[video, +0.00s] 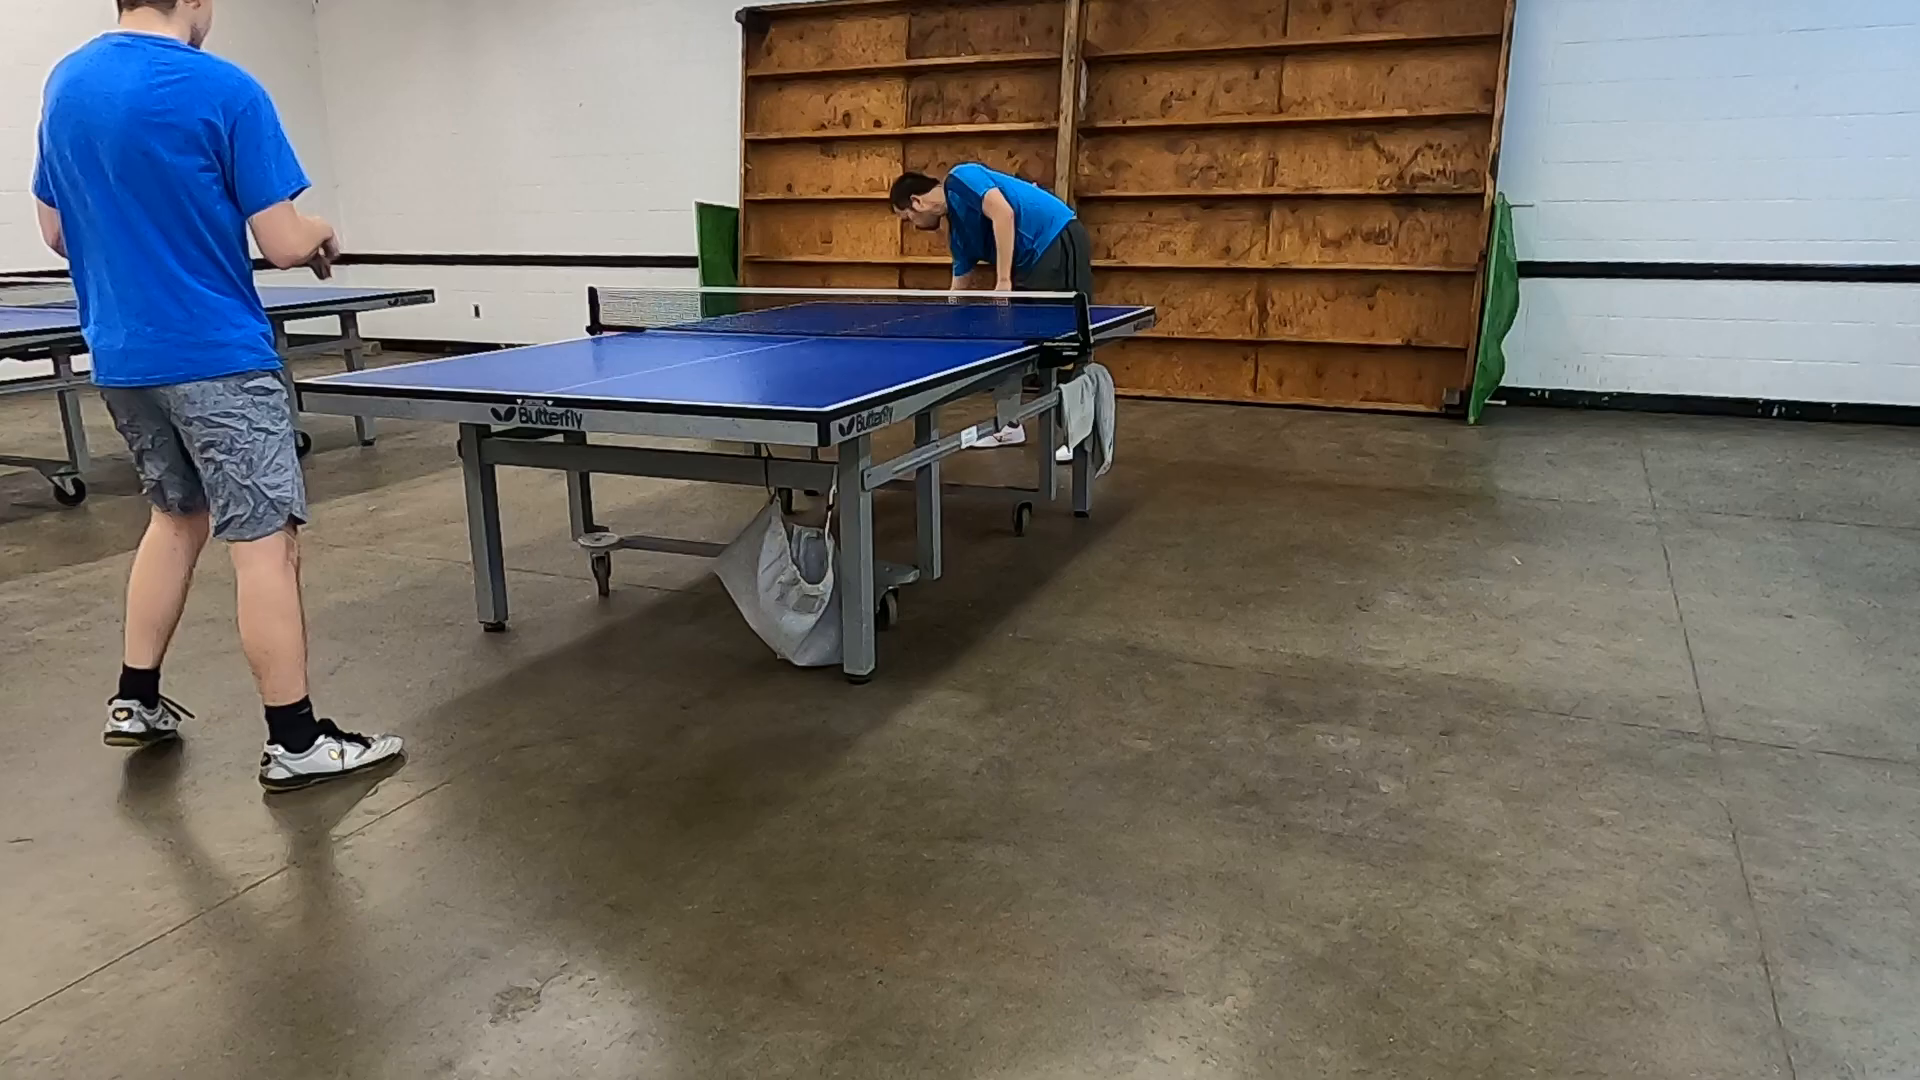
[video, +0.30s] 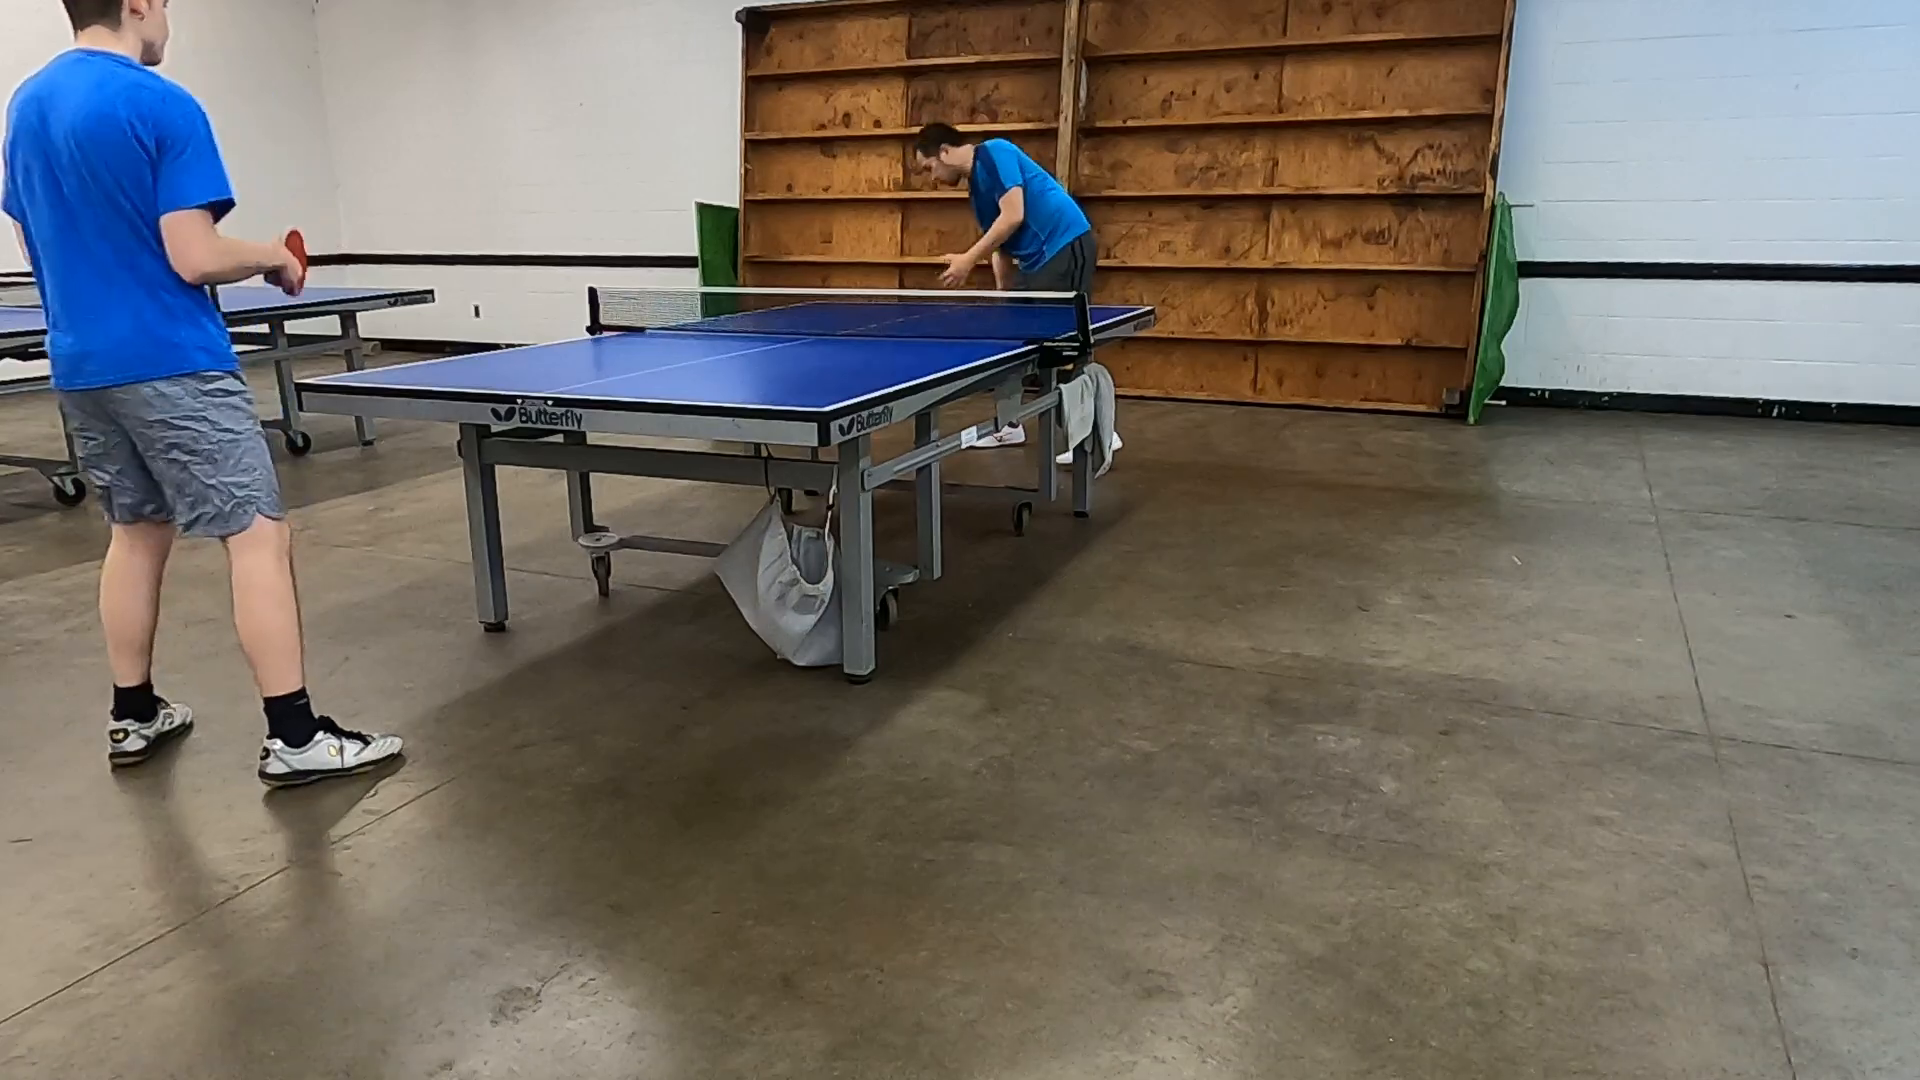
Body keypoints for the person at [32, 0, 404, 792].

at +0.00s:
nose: (210, 18)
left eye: (207, 9)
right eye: (208, 8)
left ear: (124, 6)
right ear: (190, 4)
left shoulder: (67, 80)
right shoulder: (221, 86)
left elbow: (58, 231)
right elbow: (283, 241)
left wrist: (148, 250)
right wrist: (316, 233)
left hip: (120, 355)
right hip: (216, 351)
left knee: (177, 511)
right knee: (264, 535)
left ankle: (136, 700)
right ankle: (296, 738)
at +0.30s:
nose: (168, 20)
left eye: (166, 8)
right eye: (166, 7)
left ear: (77, 13)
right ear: (141, 7)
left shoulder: (27, 107)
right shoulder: (163, 105)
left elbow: (34, 247)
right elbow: (193, 256)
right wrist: (274, 256)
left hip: (80, 369)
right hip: (171, 360)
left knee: (137, 526)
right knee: (257, 529)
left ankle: (132, 715)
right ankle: (296, 733)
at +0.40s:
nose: (160, 25)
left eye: (157, 11)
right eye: (156, 10)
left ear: (68, 17)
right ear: (127, 9)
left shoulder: (20, 110)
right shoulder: (146, 100)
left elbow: (38, 243)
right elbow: (171, 247)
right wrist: (262, 263)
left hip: (63, 364)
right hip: (151, 355)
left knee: (134, 526)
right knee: (260, 520)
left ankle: (132, 713)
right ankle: (296, 723)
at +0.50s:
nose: (157, 33)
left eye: (154, 15)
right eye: (151, 13)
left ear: (69, 17)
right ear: (116, 10)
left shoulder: (15, 108)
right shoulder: (138, 95)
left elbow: (32, 246)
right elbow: (165, 240)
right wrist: (264, 253)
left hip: (60, 361)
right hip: (147, 350)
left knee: (132, 527)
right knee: (262, 518)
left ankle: (133, 714)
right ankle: (308, 722)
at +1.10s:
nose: (247, 76)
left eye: (244, 60)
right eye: (241, 60)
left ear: (153, 64)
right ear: (210, 63)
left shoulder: (74, 145)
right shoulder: (214, 161)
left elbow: (9, 258)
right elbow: (295, 306)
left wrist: (78, 327)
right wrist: (394, 291)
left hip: (81, 409)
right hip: (171, 406)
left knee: (158, 544)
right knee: (311, 573)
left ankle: (109, 705)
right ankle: (315, 788)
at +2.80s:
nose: (281, 150)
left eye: (279, 135)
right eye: (274, 135)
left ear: (194, 144)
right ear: (239, 142)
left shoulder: (108, 212)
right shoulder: (229, 235)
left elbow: (32, 336)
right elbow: (303, 372)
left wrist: (130, 363)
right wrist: (398, 334)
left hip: (52, 455)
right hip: (145, 463)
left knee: (152, 552)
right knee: (339, 584)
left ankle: (101, 712)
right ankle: (316, 790)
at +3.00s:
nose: (274, 132)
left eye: (271, 117)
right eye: (265, 118)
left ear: (194, 127)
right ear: (225, 126)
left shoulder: (106, 196)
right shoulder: (192, 223)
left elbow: (144, 325)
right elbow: (287, 368)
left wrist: (260, 327)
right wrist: (402, 336)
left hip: (51, 442)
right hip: (126, 454)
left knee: (163, 553)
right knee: (315, 581)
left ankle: (104, 711)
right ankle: (316, 790)